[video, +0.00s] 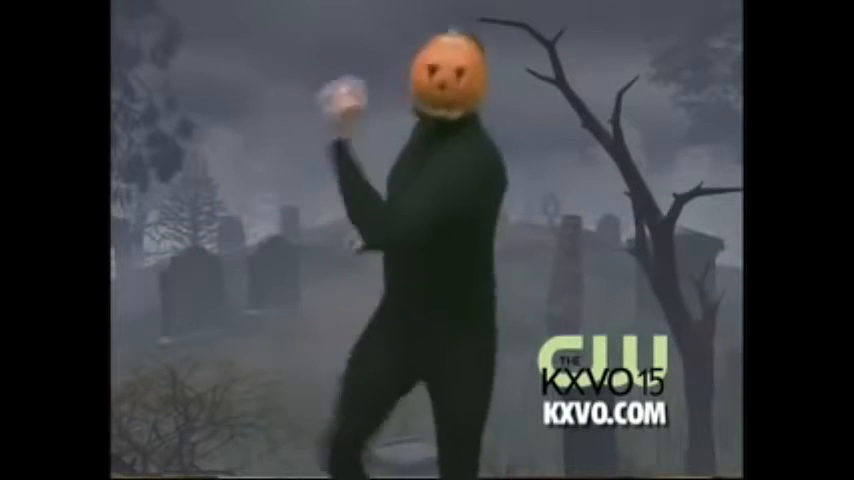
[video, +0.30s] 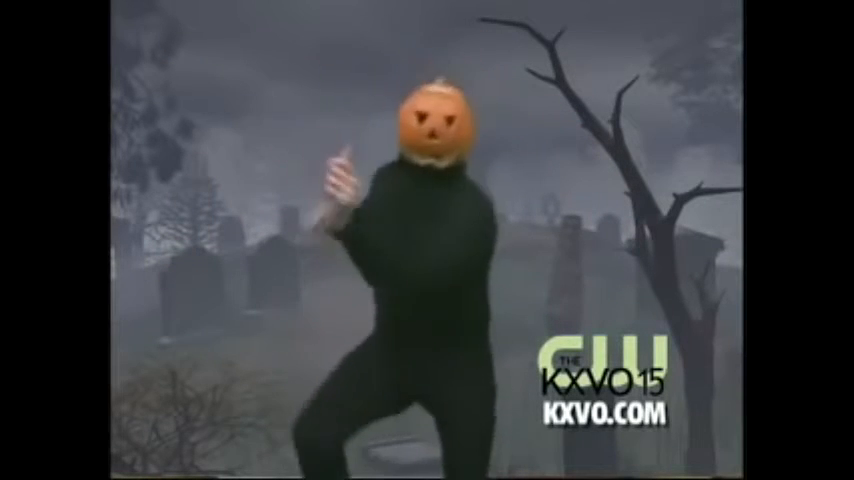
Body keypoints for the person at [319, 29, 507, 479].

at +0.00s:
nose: (443, 79)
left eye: (459, 72)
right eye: (432, 68)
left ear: (478, 87)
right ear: (415, 78)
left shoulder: (476, 158)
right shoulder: (422, 141)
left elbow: (386, 230)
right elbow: (429, 232)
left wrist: (340, 142)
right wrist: (379, 237)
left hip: (460, 335)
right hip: (400, 325)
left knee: (458, 469)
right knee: (342, 450)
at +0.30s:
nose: (432, 128)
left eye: (448, 121)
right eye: (420, 116)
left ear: (466, 135)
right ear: (402, 125)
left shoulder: (473, 207)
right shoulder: (388, 184)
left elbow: (423, 278)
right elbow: (380, 270)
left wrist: (355, 222)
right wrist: (346, 225)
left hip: (459, 363)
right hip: (391, 355)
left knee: (466, 471)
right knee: (314, 434)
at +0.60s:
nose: (393, 73)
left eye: (407, 65)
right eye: (379, 64)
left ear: (423, 79)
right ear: (359, 78)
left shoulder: (444, 152)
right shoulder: (324, 148)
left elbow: (451, 250)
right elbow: (258, 215)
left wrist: (446, 344)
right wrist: (282, 291)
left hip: (405, 338)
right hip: (334, 338)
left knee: (421, 466)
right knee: (322, 467)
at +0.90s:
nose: (345, 128)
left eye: (356, 115)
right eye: (329, 118)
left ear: (374, 123)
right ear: (308, 129)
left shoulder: (376, 182)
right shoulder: (300, 203)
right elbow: (367, 282)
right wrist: (422, 196)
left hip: (368, 342)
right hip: (310, 362)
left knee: (481, 367)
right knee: (308, 471)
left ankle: (407, 467)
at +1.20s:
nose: (314, 71)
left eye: (323, 59)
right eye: (298, 64)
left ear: (341, 70)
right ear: (280, 84)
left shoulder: (359, 133)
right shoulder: (292, 152)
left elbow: (378, 221)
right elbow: (386, 201)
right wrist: (485, 144)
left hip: (397, 318)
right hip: (338, 331)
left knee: (456, 443)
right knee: (342, 464)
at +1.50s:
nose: (398, 128)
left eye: (411, 114)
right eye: (382, 117)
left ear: (428, 119)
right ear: (361, 128)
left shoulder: (449, 164)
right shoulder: (348, 194)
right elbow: (384, 294)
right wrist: (458, 258)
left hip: (414, 347)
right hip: (352, 358)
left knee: (497, 449)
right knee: (350, 472)